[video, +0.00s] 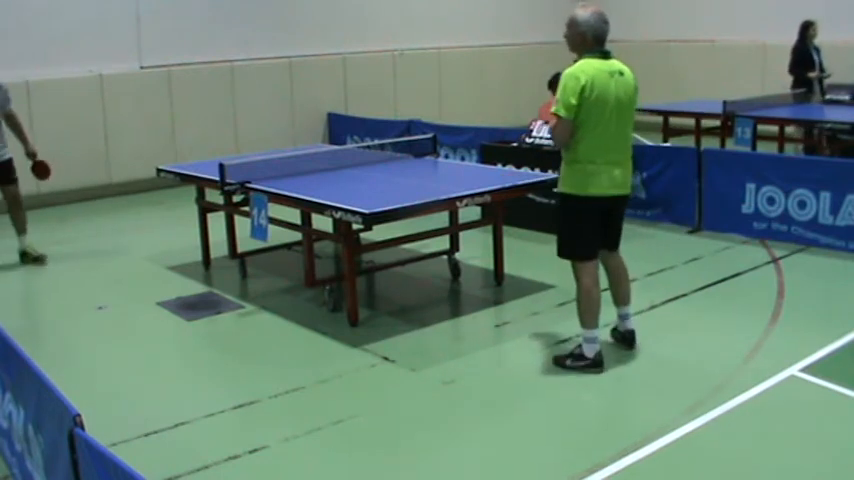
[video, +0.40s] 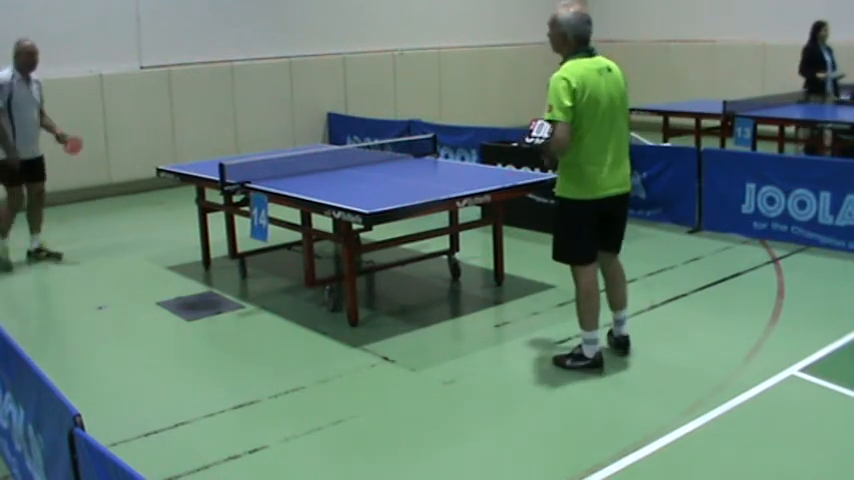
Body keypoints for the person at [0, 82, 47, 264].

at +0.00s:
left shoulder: (2, 90)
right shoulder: (4, 91)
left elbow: (7, 113)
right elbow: (8, 113)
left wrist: (27, 145)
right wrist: (27, 146)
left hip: (3, 153)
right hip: (3, 155)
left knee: (13, 195)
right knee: (12, 196)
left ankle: (24, 246)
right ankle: (24, 246)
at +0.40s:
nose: (34, 60)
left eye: (35, 55)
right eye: (29, 55)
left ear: (36, 58)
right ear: (17, 57)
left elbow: (40, 115)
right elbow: (1, 118)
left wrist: (57, 132)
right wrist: (10, 150)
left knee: (37, 197)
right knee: (14, 201)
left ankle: (36, 246)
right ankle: (3, 247)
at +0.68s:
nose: (54, 57)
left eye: (55, 52)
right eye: (49, 53)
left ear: (56, 55)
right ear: (37, 55)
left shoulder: (49, 79)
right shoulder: (30, 79)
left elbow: (54, 113)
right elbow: (20, 112)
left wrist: (75, 118)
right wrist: (43, 137)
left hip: (49, 146)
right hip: (38, 148)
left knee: (43, 196)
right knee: (62, 191)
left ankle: (36, 245)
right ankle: (72, 246)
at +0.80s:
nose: (67, 58)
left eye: (68, 54)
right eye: (62, 54)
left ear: (66, 56)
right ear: (50, 57)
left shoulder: (56, 78)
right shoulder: (43, 81)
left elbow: (61, 113)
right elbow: (35, 115)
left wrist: (85, 118)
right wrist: (59, 139)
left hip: (57, 148)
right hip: (50, 150)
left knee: (49, 197)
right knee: (74, 192)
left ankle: (37, 245)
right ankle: (99, 241)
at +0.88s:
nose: (77, 59)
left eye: (77, 55)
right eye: (73, 55)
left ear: (70, 58)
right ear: (60, 58)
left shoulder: (65, 80)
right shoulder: (52, 83)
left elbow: (69, 114)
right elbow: (45, 117)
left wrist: (90, 120)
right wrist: (69, 140)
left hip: (63, 149)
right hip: (61, 151)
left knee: (55, 197)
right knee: (84, 192)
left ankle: (38, 243)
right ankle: (104, 242)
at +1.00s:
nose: (93, 57)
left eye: (92, 53)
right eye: (88, 54)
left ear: (80, 57)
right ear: (76, 57)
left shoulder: (79, 79)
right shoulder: (68, 83)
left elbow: (84, 111)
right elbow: (62, 118)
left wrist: (101, 127)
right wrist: (86, 141)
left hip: (80, 146)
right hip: (75, 148)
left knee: (76, 193)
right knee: (94, 190)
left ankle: (46, 235)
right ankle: (106, 242)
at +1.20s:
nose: (113, 54)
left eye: (112, 50)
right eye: (109, 50)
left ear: (100, 53)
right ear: (97, 53)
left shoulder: (97, 75)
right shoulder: (90, 79)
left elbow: (99, 113)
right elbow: (89, 114)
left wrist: (117, 130)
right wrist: (116, 136)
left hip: (99, 143)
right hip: (92, 145)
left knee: (114, 184)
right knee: (105, 189)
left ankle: (84, 224)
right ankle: (108, 241)